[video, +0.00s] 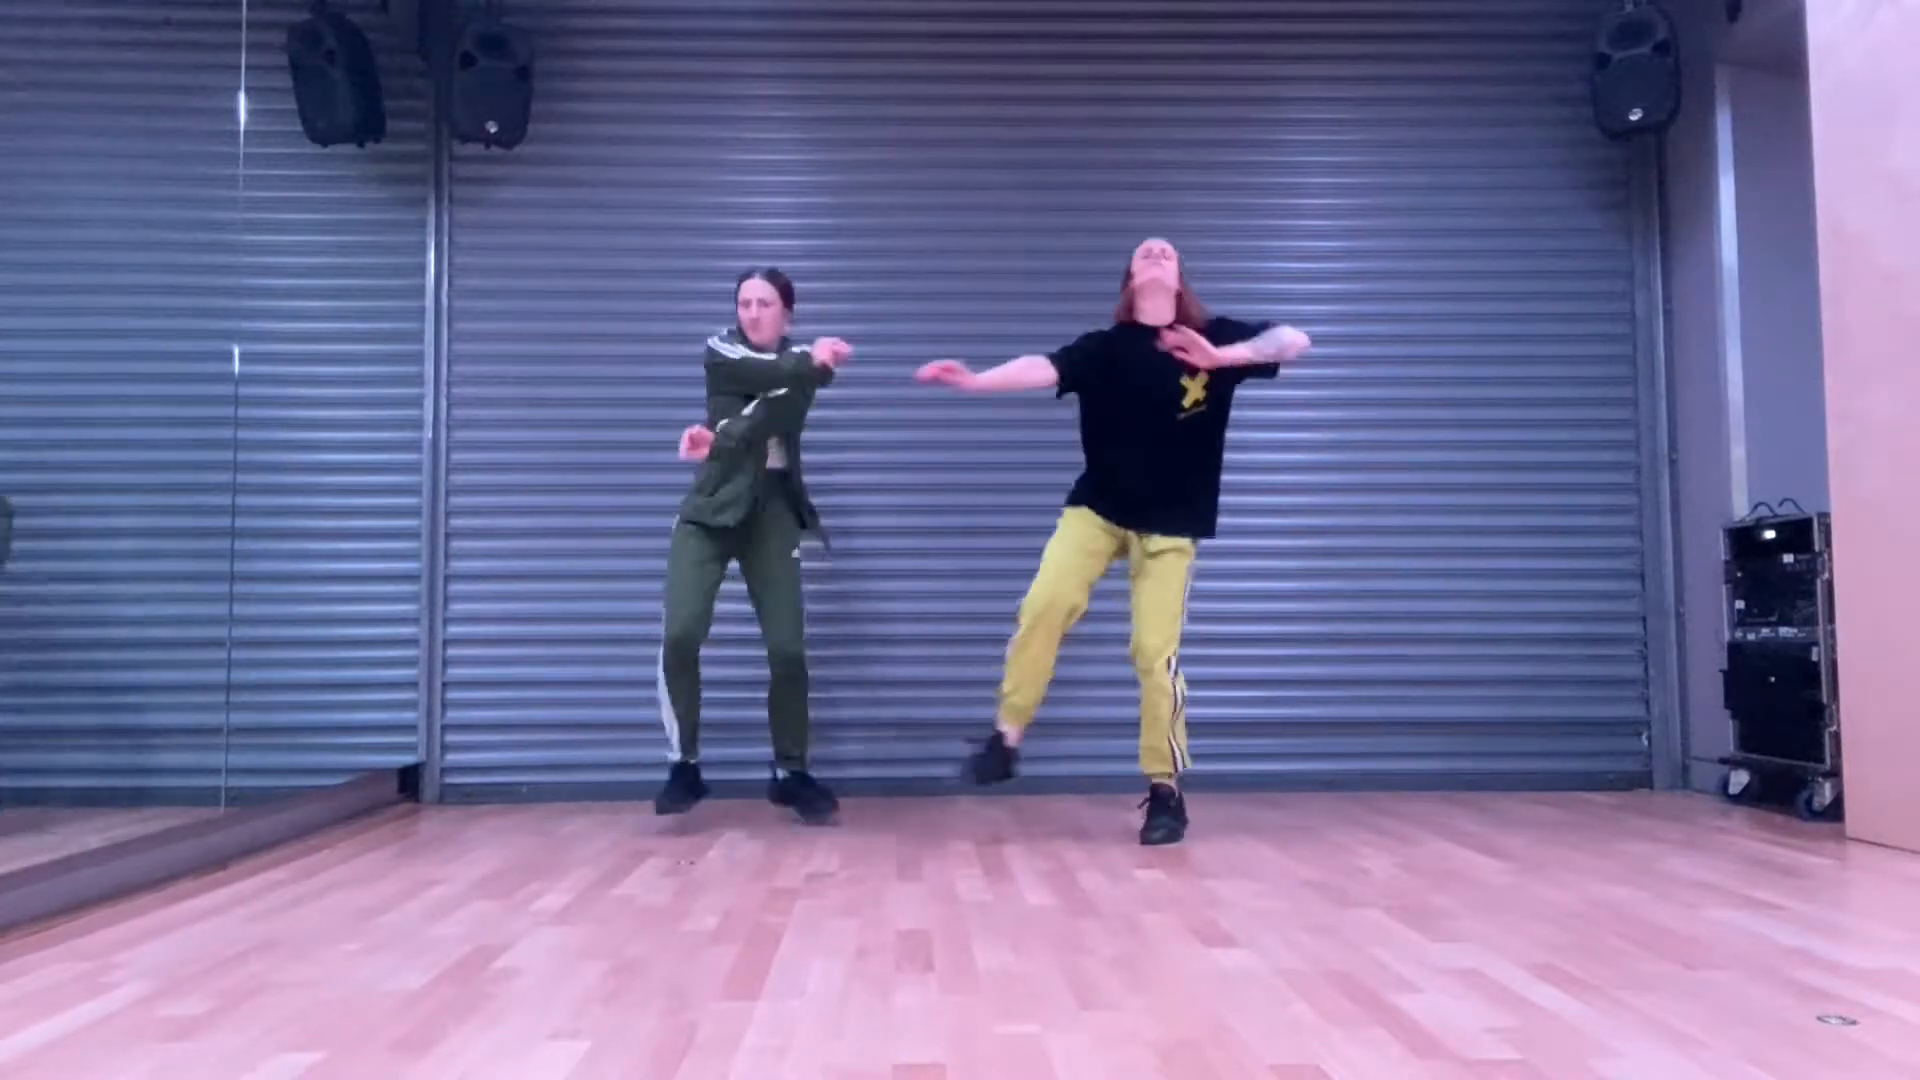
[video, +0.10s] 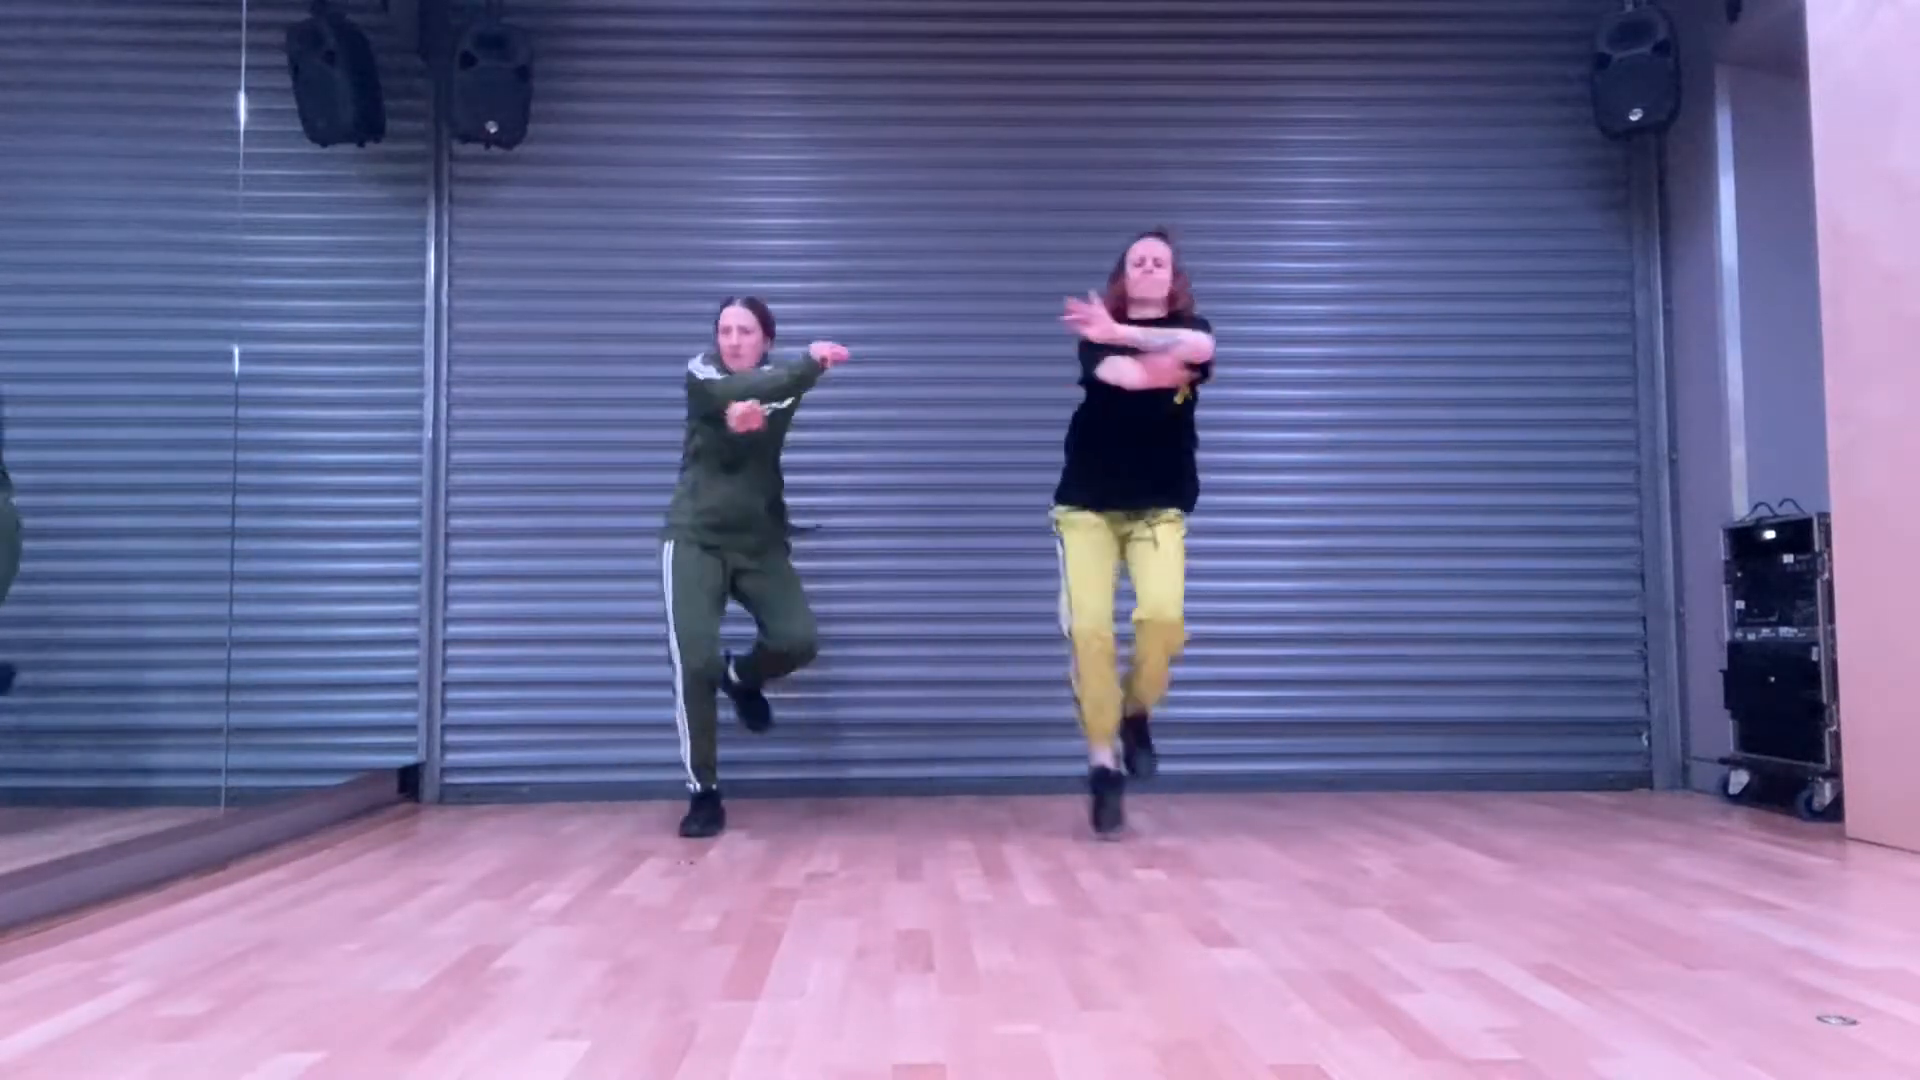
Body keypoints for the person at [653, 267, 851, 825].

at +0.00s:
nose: (753, 312)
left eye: (765, 304)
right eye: (745, 304)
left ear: (788, 314)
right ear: (735, 313)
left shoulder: (804, 366)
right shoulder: (719, 352)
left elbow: (778, 414)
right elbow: (759, 369)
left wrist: (719, 435)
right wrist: (812, 362)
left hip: (772, 507)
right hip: (709, 505)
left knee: (788, 648)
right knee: (680, 635)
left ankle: (790, 774)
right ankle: (684, 768)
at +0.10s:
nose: (735, 340)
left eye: (745, 331)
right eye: (726, 332)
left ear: (767, 339)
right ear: (715, 338)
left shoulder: (787, 375)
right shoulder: (702, 374)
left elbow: (789, 390)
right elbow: (753, 383)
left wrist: (747, 414)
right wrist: (810, 364)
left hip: (761, 544)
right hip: (696, 541)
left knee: (797, 643)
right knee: (699, 665)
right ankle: (703, 793)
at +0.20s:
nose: (723, 347)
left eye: (734, 339)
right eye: (716, 339)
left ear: (755, 347)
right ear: (704, 346)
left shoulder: (770, 393)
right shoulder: (686, 382)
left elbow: (809, 442)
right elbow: (645, 411)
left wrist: (838, 448)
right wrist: (720, 389)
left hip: (748, 556)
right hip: (684, 552)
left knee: (777, 665)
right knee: (693, 673)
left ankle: (698, 638)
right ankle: (704, 795)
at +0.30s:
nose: (714, 330)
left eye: (726, 321)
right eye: (706, 321)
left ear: (746, 332)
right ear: (694, 331)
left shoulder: (772, 394)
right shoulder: (664, 386)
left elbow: (823, 455)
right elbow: (596, 431)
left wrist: (891, 463)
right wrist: (623, 406)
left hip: (742, 549)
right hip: (678, 545)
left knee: (725, 679)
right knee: (693, 669)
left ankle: (628, 705)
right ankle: (704, 795)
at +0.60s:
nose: (685, 341)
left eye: (694, 329)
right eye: (675, 332)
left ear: (711, 334)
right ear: (662, 340)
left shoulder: (742, 389)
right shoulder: (643, 381)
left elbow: (811, 385)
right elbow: (588, 398)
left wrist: (821, 404)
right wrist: (660, 421)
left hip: (720, 545)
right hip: (658, 539)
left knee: (669, 668)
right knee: (679, 662)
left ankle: (605, 777)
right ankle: (704, 792)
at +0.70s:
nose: (707, 363)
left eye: (711, 351)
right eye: (694, 356)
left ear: (717, 343)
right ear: (670, 356)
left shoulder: (723, 377)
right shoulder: (659, 398)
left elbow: (782, 401)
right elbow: (680, 449)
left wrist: (796, 464)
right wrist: (732, 492)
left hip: (704, 542)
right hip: (659, 538)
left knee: (668, 665)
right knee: (693, 660)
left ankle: (589, 774)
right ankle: (705, 791)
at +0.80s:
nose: (740, 396)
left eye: (746, 388)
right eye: (739, 386)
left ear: (718, 365)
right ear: (715, 368)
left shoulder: (697, 394)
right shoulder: (672, 394)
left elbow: (738, 478)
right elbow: (714, 481)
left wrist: (742, 547)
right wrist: (744, 536)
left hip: (665, 542)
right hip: (662, 543)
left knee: (653, 666)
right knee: (708, 658)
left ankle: (577, 775)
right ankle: (712, 790)